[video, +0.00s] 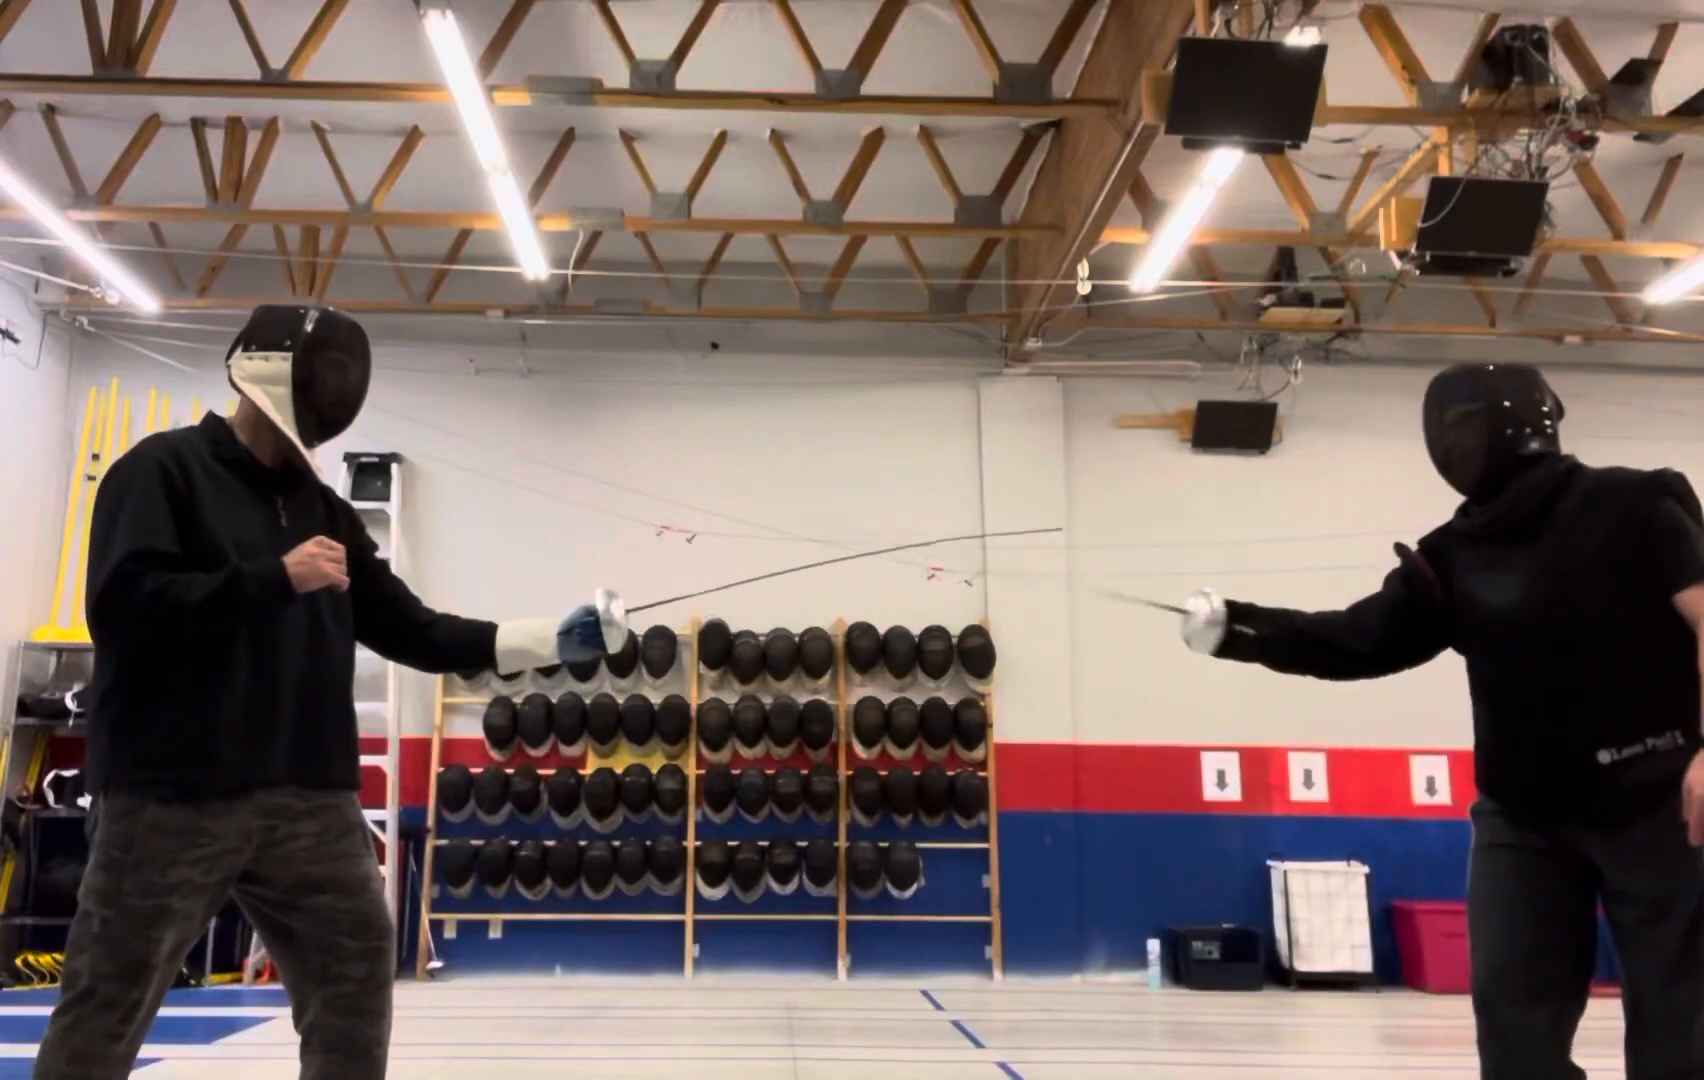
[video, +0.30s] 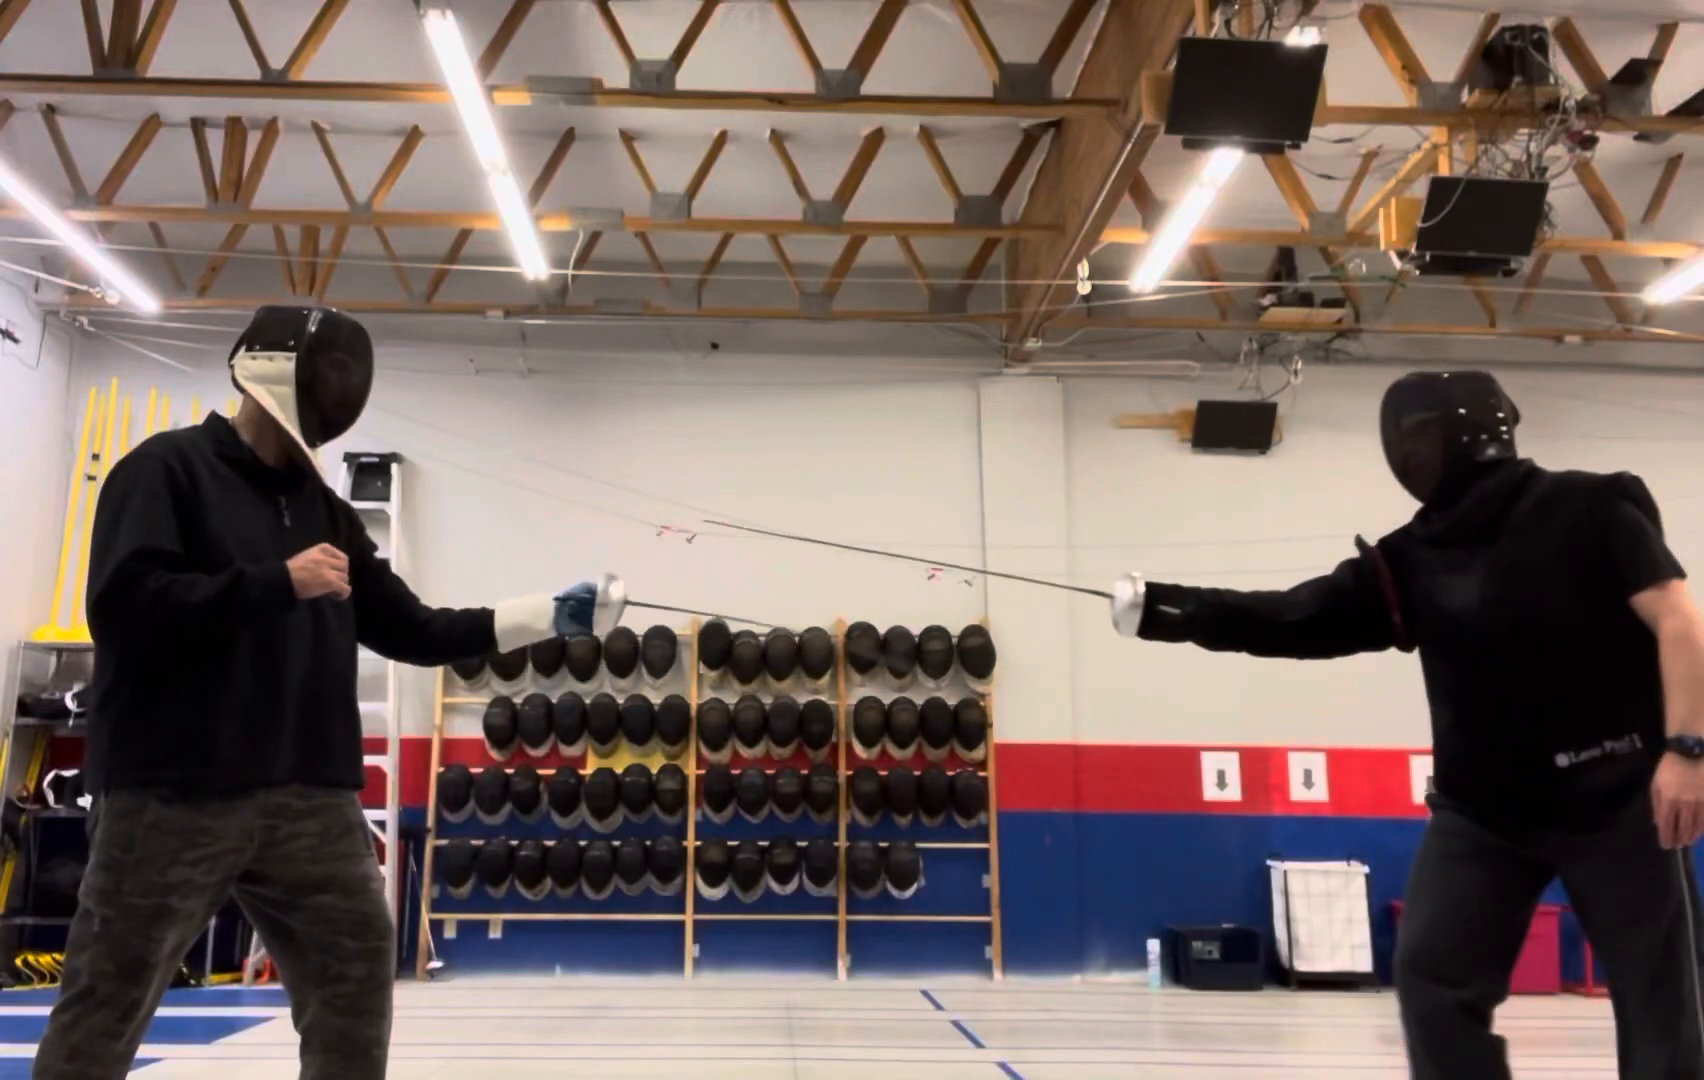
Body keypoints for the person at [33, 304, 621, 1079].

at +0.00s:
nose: (327, 398)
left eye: (337, 383)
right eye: (314, 376)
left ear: (332, 395)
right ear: (260, 368)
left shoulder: (320, 511)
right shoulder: (154, 472)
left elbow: (408, 629)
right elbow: (125, 608)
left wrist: (549, 642)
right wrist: (275, 576)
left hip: (305, 801)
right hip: (168, 801)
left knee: (355, 975)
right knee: (104, 1012)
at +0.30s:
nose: (326, 400)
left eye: (337, 385)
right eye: (312, 378)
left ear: (337, 395)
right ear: (260, 371)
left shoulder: (322, 511)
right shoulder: (158, 471)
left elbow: (404, 627)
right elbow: (126, 606)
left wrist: (540, 618)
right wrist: (279, 581)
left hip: (306, 799)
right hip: (169, 798)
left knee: (354, 981)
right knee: (104, 1008)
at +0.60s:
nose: (333, 408)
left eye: (341, 392)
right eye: (324, 384)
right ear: (272, 373)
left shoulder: (328, 510)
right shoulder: (159, 471)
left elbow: (426, 621)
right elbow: (124, 603)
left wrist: (572, 620)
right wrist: (278, 581)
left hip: (306, 797)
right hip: (168, 794)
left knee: (353, 980)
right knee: (102, 1004)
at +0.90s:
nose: (350, 433)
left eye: (361, 417)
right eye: (338, 409)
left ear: (363, 414)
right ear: (289, 383)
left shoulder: (357, 519)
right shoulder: (180, 465)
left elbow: (483, 562)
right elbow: (116, 590)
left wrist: (630, 554)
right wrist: (275, 586)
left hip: (309, 802)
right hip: (166, 796)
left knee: (352, 1000)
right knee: (98, 1007)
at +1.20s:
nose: (356, 427)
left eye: (368, 410)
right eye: (344, 402)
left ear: (371, 412)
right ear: (294, 382)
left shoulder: (373, 511)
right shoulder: (187, 465)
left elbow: (500, 519)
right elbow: (123, 592)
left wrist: (645, 486)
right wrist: (278, 584)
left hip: (314, 797)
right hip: (171, 793)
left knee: (359, 989)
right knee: (99, 1007)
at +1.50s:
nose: (327, 435)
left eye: (338, 418)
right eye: (317, 413)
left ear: (342, 407)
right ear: (273, 387)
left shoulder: (337, 511)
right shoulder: (165, 474)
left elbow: (441, 606)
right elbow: (117, 604)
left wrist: (585, 623)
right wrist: (273, 586)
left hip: (310, 803)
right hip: (172, 796)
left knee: (353, 996)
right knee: (102, 1008)